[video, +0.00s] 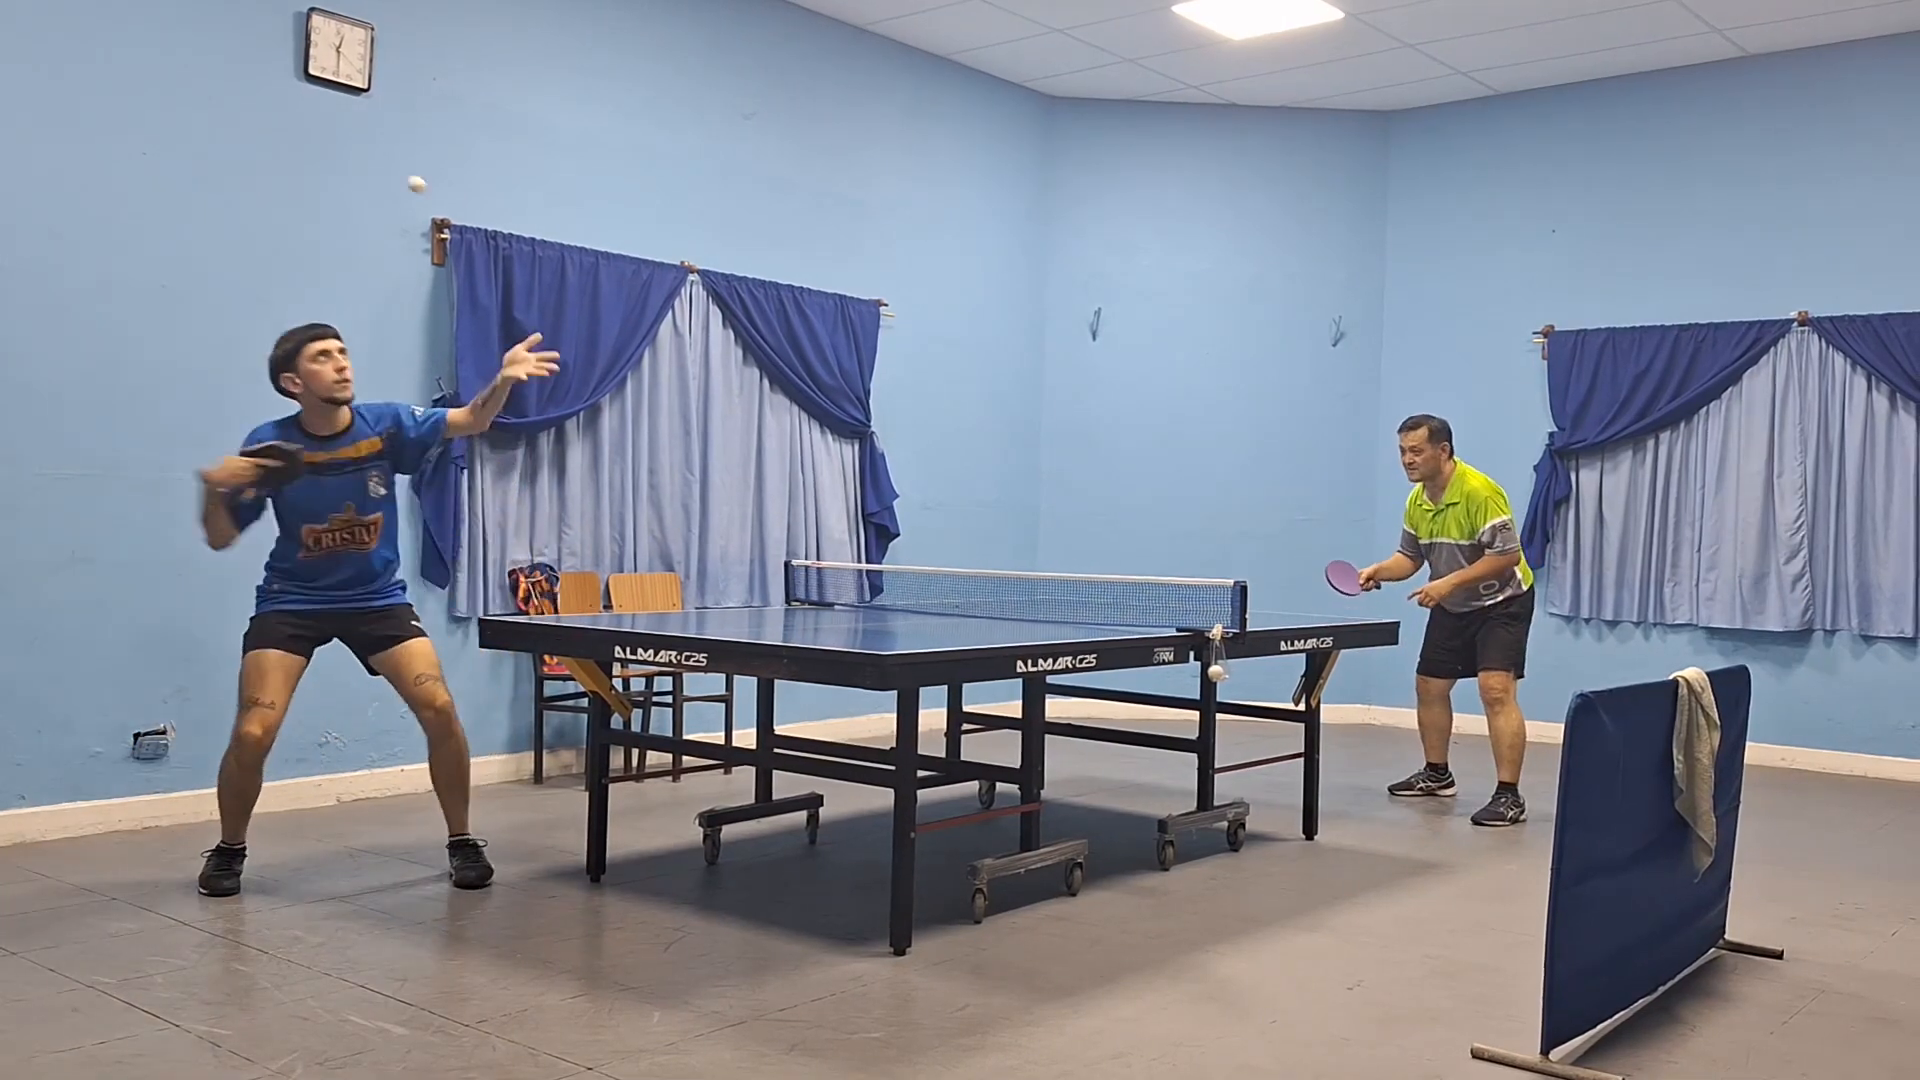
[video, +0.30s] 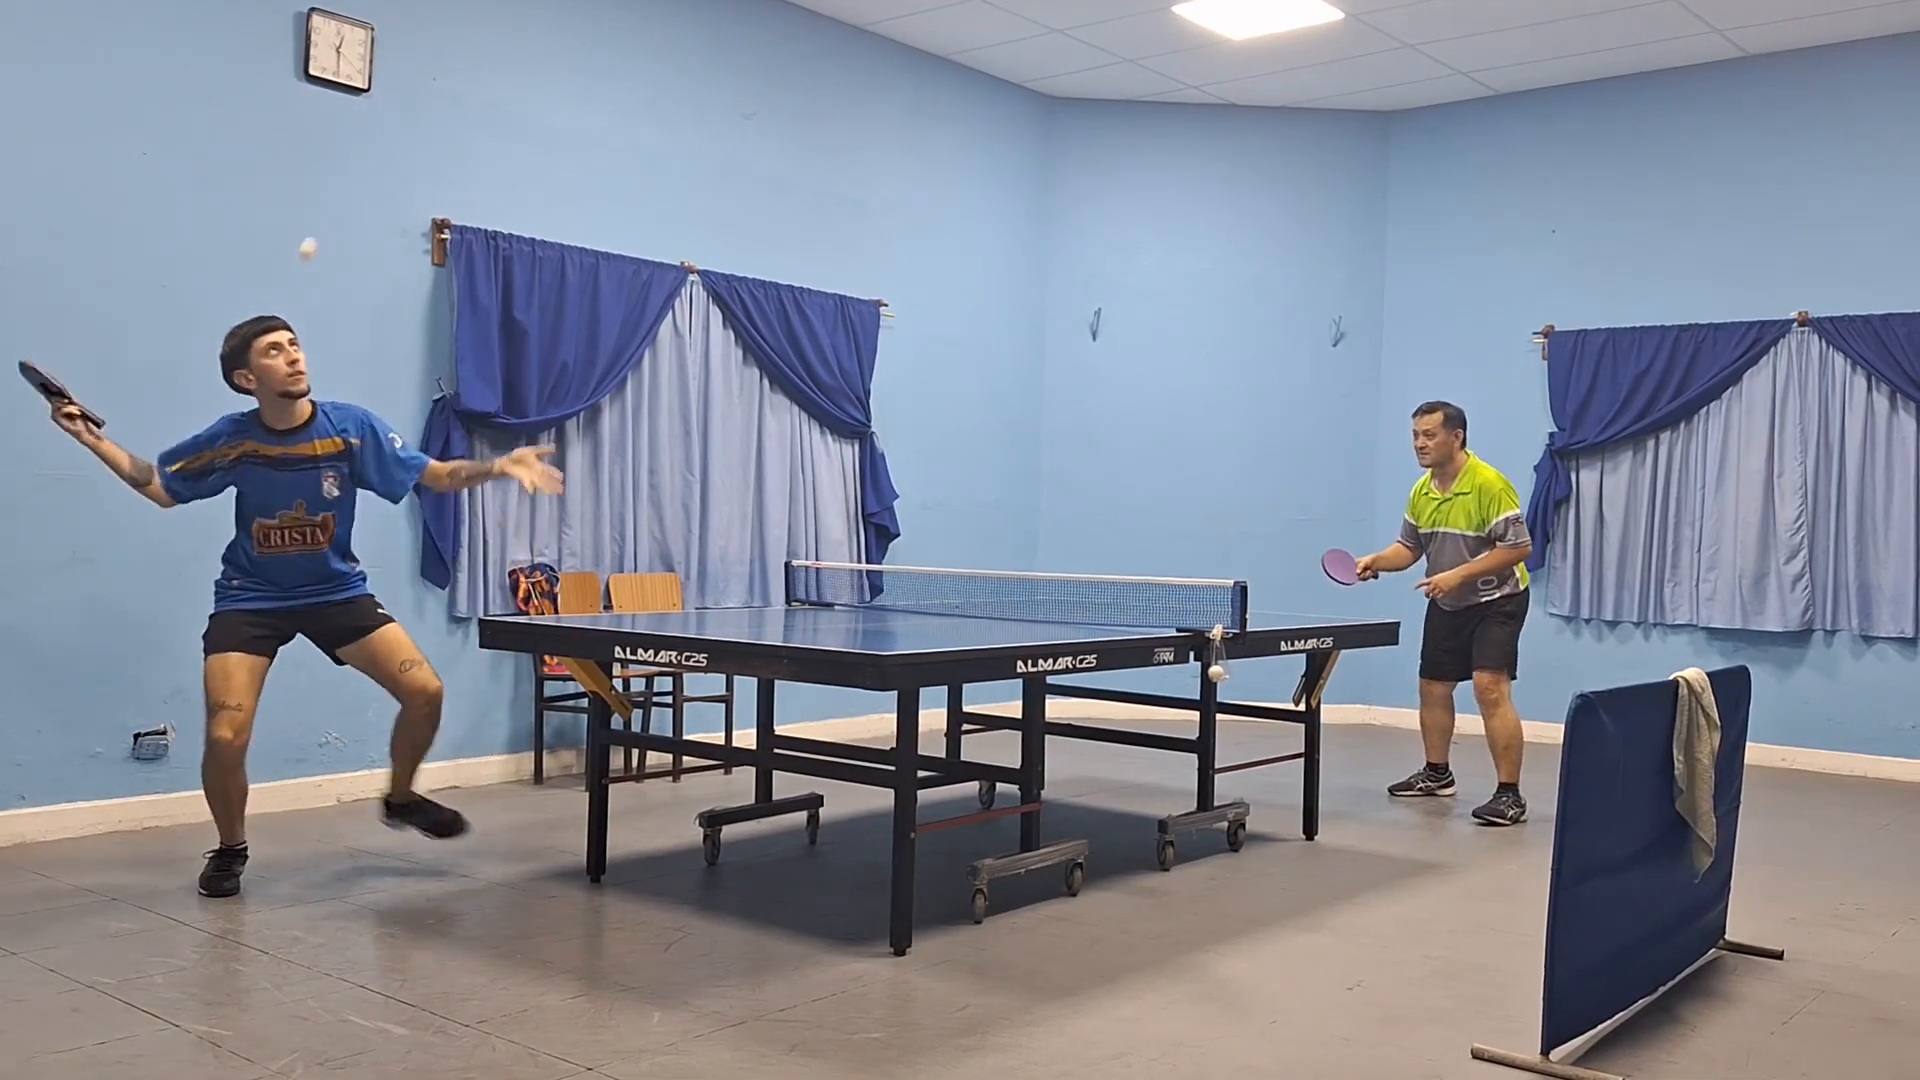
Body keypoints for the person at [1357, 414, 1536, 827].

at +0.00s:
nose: (1407, 459)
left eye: (1416, 451)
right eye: (1403, 451)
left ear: (1444, 451)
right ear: (1401, 453)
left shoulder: (1480, 492)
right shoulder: (1418, 499)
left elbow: (1506, 555)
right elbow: (1410, 558)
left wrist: (1447, 583)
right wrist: (1380, 571)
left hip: (1502, 602)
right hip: (1452, 606)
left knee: (1495, 689)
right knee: (1430, 685)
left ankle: (1508, 795)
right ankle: (1437, 773)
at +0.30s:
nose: (1420, 443)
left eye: (1429, 435)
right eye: (1416, 436)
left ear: (1457, 437)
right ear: (1415, 440)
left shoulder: (1489, 485)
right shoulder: (1423, 490)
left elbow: (1518, 547)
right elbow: (1409, 547)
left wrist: (1460, 574)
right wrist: (1378, 561)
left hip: (1496, 603)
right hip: (1446, 604)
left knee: (1489, 686)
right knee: (1434, 684)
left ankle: (1509, 794)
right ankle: (1437, 772)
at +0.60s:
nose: (1415, 435)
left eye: (1423, 427)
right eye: (1411, 428)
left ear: (1452, 429)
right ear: (1411, 431)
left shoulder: (1482, 477)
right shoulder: (1419, 484)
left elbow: (1519, 535)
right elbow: (1408, 545)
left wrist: (1463, 571)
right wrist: (1375, 562)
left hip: (1484, 606)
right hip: (1432, 604)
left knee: (1484, 694)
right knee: (1406, 684)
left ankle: (1509, 795)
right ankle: (1385, 773)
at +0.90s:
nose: (1392, 439)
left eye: (1400, 431)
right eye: (1389, 433)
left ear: (1430, 433)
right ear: (1389, 438)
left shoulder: (1467, 483)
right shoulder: (1390, 491)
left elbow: (1505, 540)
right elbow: (1365, 547)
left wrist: (1453, 579)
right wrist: (1325, 555)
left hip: (1461, 612)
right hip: (1404, 610)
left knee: (1470, 700)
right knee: (1361, 684)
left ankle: (1493, 793)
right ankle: (1370, 769)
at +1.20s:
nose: (1317, 455)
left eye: (1324, 446)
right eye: (1314, 448)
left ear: (1353, 444)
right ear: (1319, 452)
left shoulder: (1397, 488)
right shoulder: (1322, 506)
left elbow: (1441, 542)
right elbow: (1290, 557)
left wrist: (1410, 593)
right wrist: (1226, 561)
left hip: (1410, 621)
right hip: (1350, 626)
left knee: (1441, 706)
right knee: (1306, 696)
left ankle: (1488, 793)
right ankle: (1280, 782)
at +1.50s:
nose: (1240, 472)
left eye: (1247, 463)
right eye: (1237, 465)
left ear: (1276, 460)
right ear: (1255, 469)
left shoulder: (1331, 492)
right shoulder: (1250, 525)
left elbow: (1391, 528)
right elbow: (1211, 566)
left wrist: (1388, 588)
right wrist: (1147, 572)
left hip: (1368, 614)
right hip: (1308, 624)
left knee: (1415, 697)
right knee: (1272, 688)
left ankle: (1466, 787)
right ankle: (1274, 785)